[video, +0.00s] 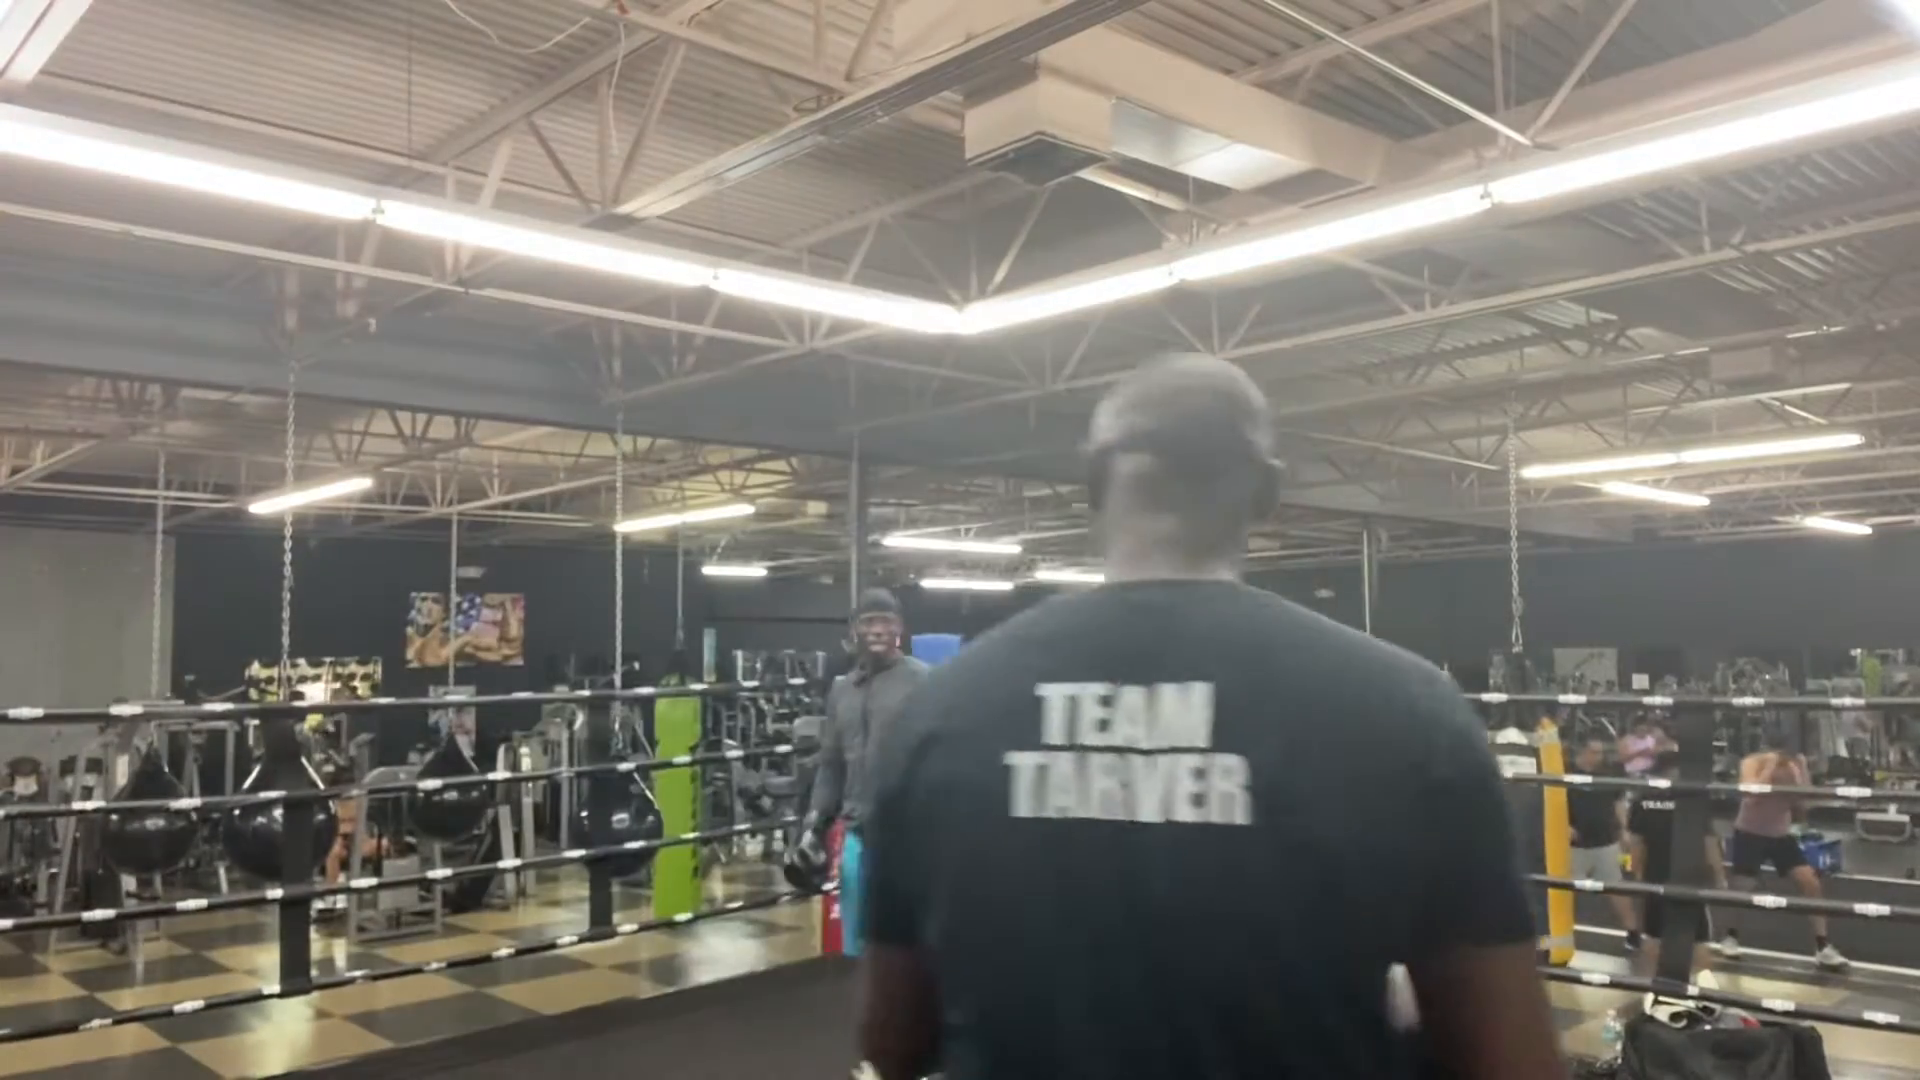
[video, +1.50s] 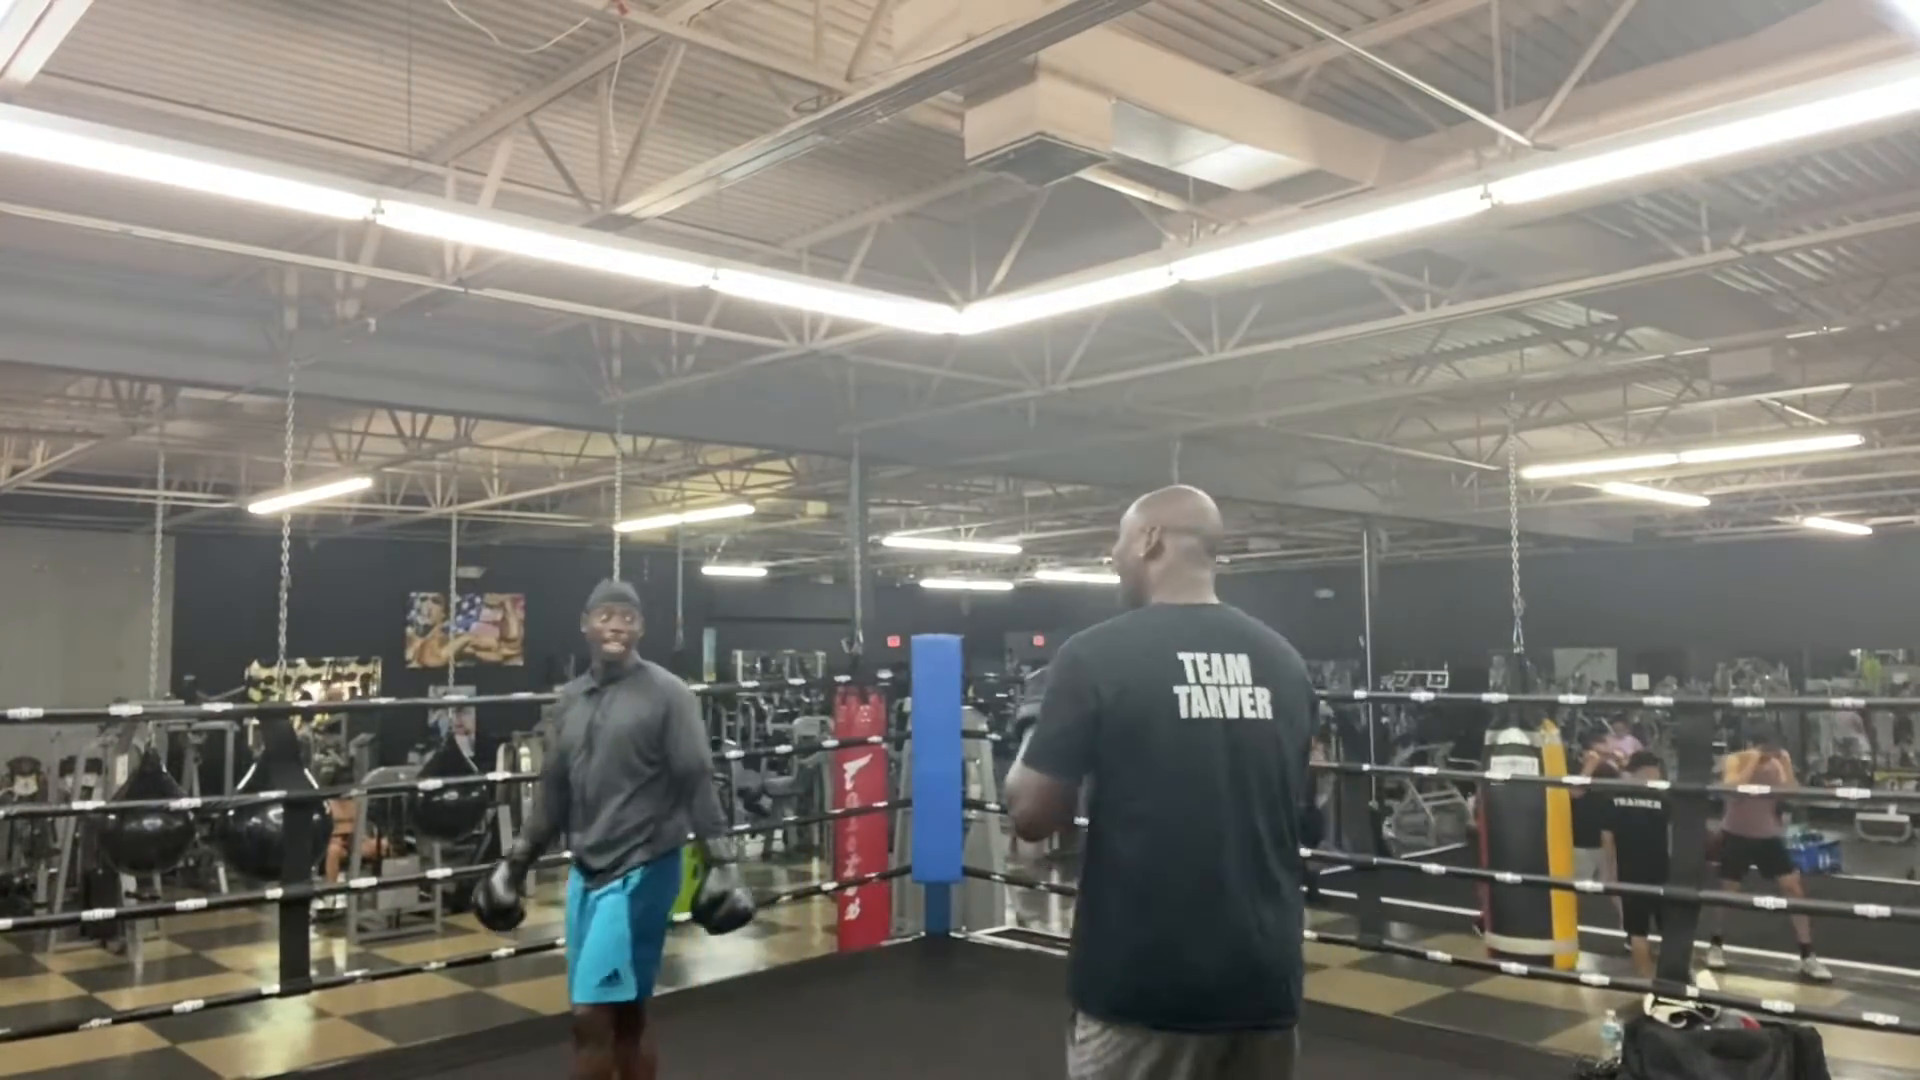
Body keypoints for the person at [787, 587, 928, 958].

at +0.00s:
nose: (877, 631)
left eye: (885, 622)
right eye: (868, 622)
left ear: (900, 630)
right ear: (855, 631)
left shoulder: (921, 680)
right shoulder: (842, 690)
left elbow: (938, 752)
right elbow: (832, 763)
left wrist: (932, 816)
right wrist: (814, 827)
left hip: (910, 827)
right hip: (858, 829)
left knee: (909, 940)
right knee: (857, 944)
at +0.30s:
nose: (849, 637)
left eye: (859, 628)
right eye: (840, 627)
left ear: (873, 634)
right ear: (827, 634)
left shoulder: (894, 693)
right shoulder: (814, 693)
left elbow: (915, 772)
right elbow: (799, 774)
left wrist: (917, 848)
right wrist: (783, 843)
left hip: (869, 846)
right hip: (819, 848)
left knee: (843, 975)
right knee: (861, 967)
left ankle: (815, 1074)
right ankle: (904, 1065)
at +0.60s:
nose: (800, 637)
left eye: (811, 629)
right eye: (792, 627)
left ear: (828, 637)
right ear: (779, 631)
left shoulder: (843, 698)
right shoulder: (770, 687)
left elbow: (847, 790)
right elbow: (758, 768)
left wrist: (813, 866)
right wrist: (734, 832)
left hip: (813, 855)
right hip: (759, 854)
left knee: (819, 985)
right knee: (749, 979)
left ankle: (814, 1073)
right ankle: (833, 1044)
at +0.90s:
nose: (737, 641)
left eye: (748, 632)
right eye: (729, 631)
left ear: (766, 638)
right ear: (717, 635)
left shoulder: (789, 701)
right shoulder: (716, 696)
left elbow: (788, 796)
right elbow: (713, 784)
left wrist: (731, 858)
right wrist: (692, 846)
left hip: (775, 860)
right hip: (716, 856)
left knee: (792, 994)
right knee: (693, 997)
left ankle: (804, 1075)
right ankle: (667, 1074)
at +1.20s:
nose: (674, 636)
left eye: (685, 626)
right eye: (665, 626)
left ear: (703, 633)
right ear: (650, 634)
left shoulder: (730, 695)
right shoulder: (639, 700)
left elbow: (744, 785)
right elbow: (633, 785)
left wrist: (740, 875)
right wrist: (614, 860)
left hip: (695, 874)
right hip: (639, 871)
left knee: (692, 1013)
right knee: (646, 1011)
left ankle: (763, 1075)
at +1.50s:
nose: (616, 627)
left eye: (627, 617)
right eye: (605, 617)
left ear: (640, 628)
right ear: (586, 627)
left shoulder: (669, 694)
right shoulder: (570, 699)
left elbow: (698, 780)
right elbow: (552, 793)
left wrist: (723, 862)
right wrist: (516, 864)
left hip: (644, 868)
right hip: (588, 869)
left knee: (591, 1014)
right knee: (620, 1020)